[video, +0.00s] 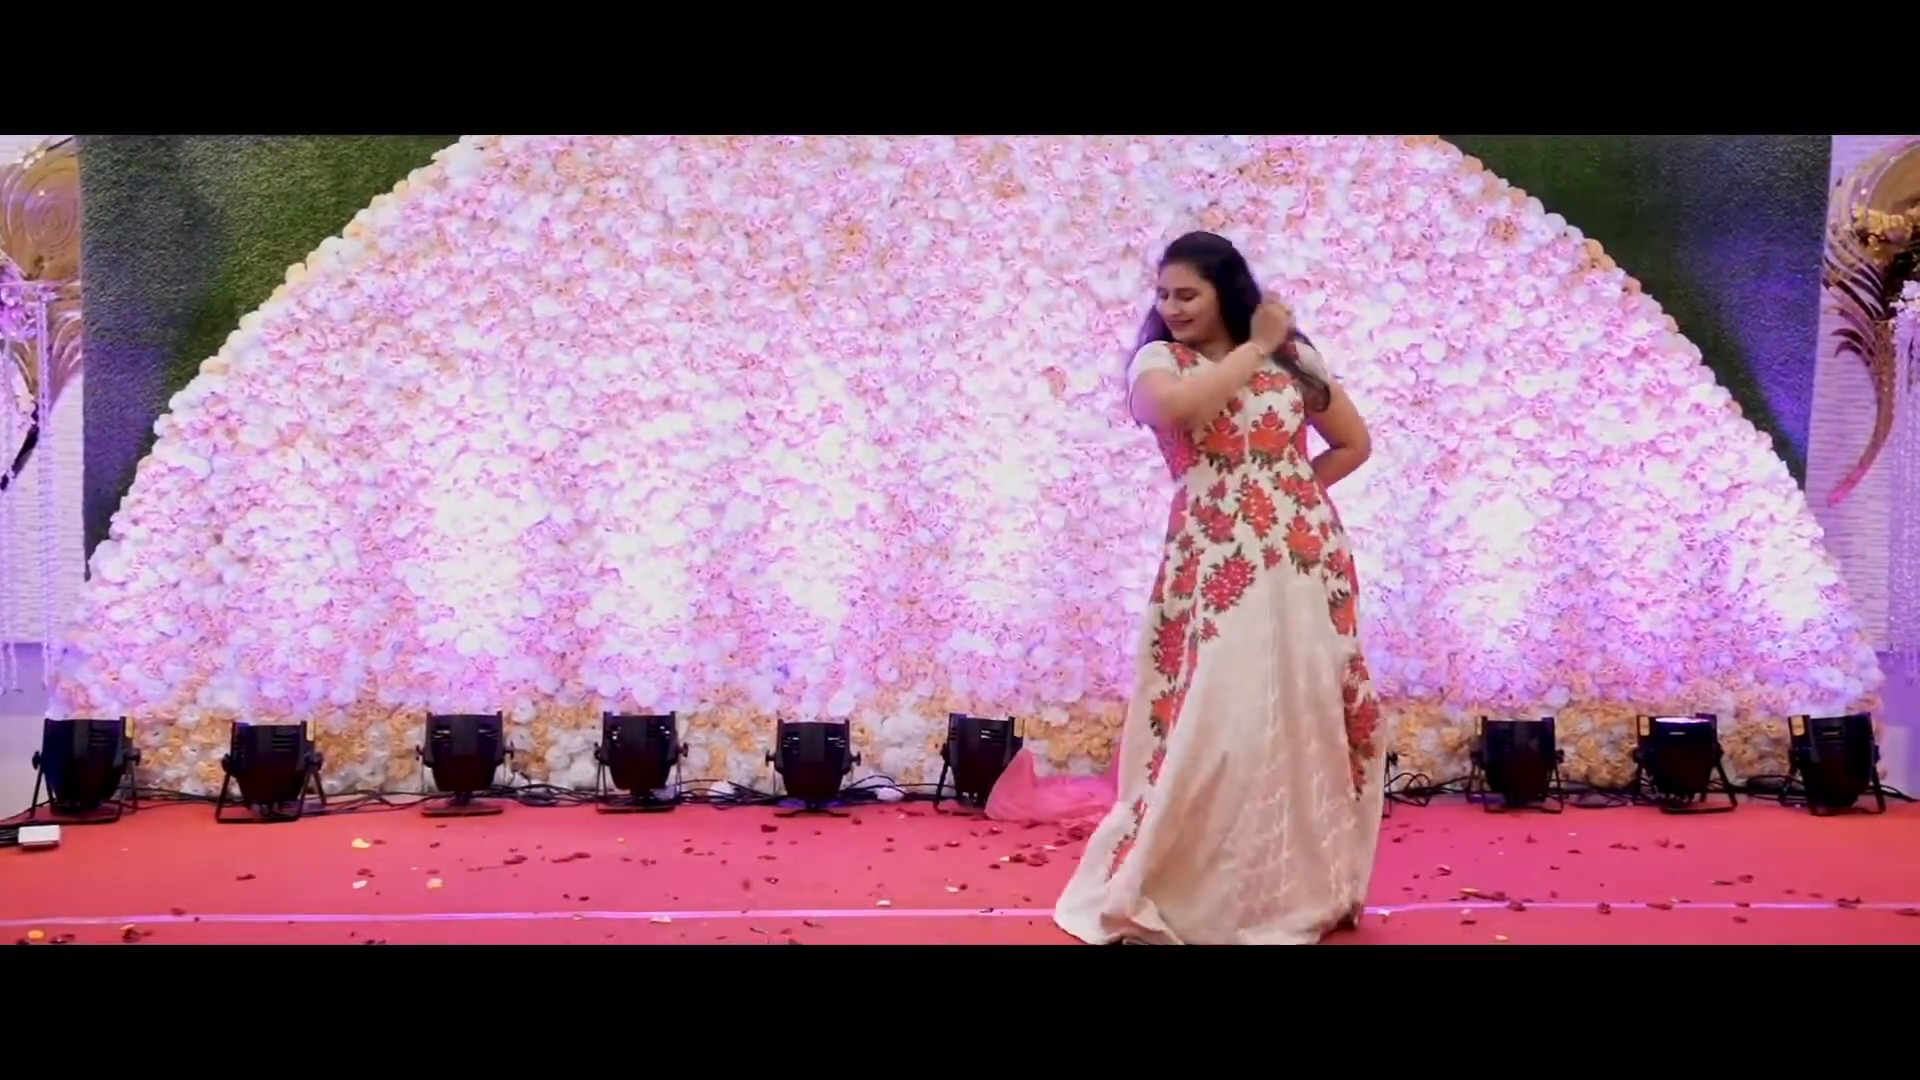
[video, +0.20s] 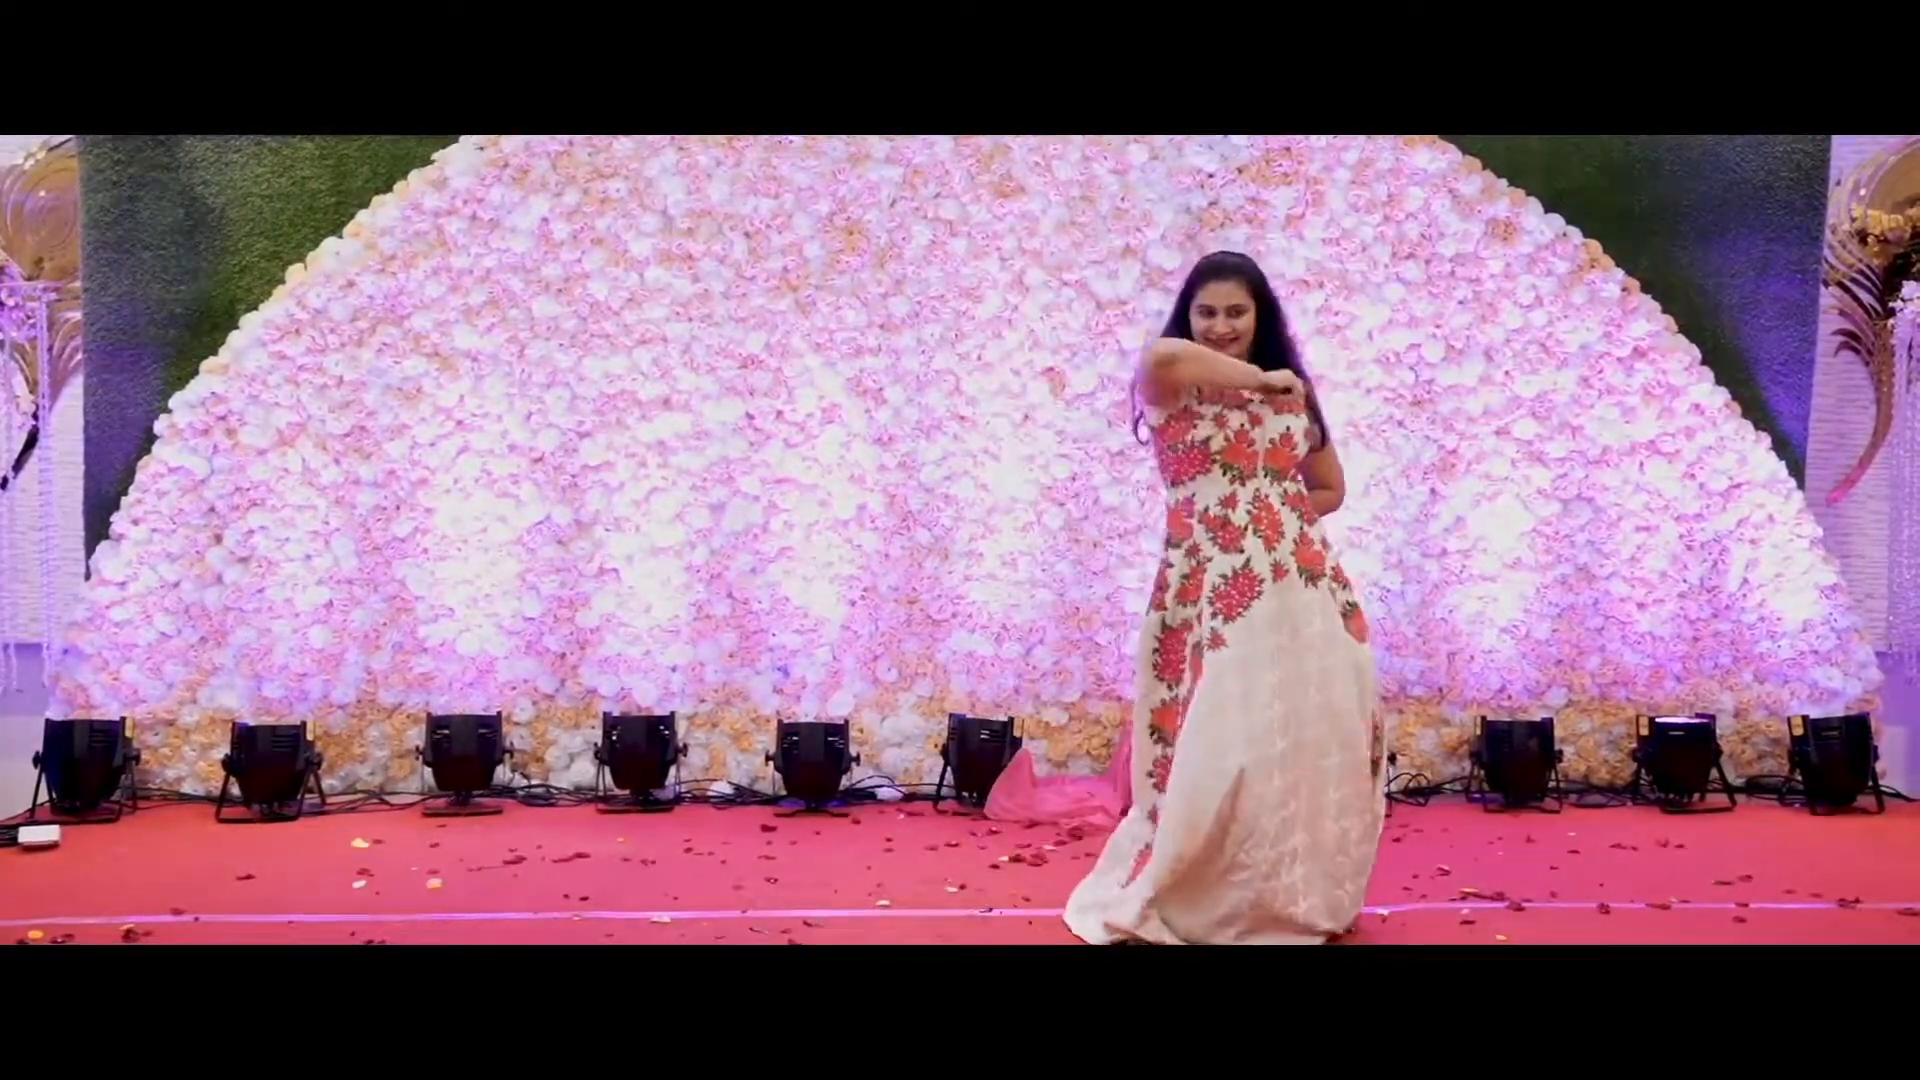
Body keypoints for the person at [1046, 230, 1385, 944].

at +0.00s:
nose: (1174, 308)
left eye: (1188, 294)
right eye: (1165, 295)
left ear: (1228, 294)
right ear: (1157, 298)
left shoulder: (1286, 356)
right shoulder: (1157, 360)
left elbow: (1354, 442)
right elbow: (1179, 405)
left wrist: (1293, 487)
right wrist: (1260, 345)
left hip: (1297, 545)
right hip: (1218, 550)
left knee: (1303, 716)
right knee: (1225, 716)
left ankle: (1304, 888)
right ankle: (1215, 890)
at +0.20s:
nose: (1224, 325)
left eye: (1237, 312)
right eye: (1209, 313)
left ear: (1261, 318)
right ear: (1189, 320)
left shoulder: (1289, 396)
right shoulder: (1172, 382)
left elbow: (1331, 489)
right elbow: (1164, 355)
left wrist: (1266, 511)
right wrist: (1262, 380)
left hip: (1293, 568)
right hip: (1212, 570)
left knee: (1311, 730)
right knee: (1225, 728)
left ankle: (1308, 892)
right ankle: (1226, 890)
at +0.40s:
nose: (1225, 323)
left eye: (1239, 311)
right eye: (1210, 310)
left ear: (1255, 316)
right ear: (1184, 312)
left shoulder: (1274, 399)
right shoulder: (1156, 370)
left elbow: (1297, 498)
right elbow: (1085, 330)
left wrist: (1228, 494)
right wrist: (1184, 348)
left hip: (1250, 566)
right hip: (1169, 561)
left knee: (1263, 724)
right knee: (1163, 722)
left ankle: (1269, 890)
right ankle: (1164, 890)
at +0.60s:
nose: (1179, 312)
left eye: (1192, 300)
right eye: (1165, 297)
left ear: (1204, 310)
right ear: (1131, 300)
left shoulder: (1212, 393)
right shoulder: (1081, 355)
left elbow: (1225, 499)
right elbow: (980, 328)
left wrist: (1158, 507)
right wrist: (1071, 309)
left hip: (1157, 566)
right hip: (1076, 553)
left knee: (1156, 723)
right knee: (1056, 715)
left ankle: (1148, 891)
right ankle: (1052, 888)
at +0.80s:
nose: (1124, 311)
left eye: (1135, 300)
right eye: (1110, 296)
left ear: (1144, 308)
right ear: (1075, 296)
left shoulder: (1150, 394)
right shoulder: (1024, 354)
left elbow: (1153, 496)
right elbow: (915, 356)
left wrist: (1083, 505)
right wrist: (960, 304)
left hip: (1076, 567)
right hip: (995, 553)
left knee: (1071, 725)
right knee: (980, 717)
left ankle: (1070, 893)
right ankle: (969, 890)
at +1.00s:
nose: (1092, 323)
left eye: (1102, 312)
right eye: (1078, 308)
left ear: (1112, 321)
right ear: (1041, 308)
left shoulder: (1113, 403)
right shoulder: (990, 367)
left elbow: (1164, 489)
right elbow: (881, 394)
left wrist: (1089, 527)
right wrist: (893, 327)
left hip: (1041, 574)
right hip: (957, 563)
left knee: (1059, 739)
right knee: (943, 730)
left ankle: (1195, 904)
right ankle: (933, 905)